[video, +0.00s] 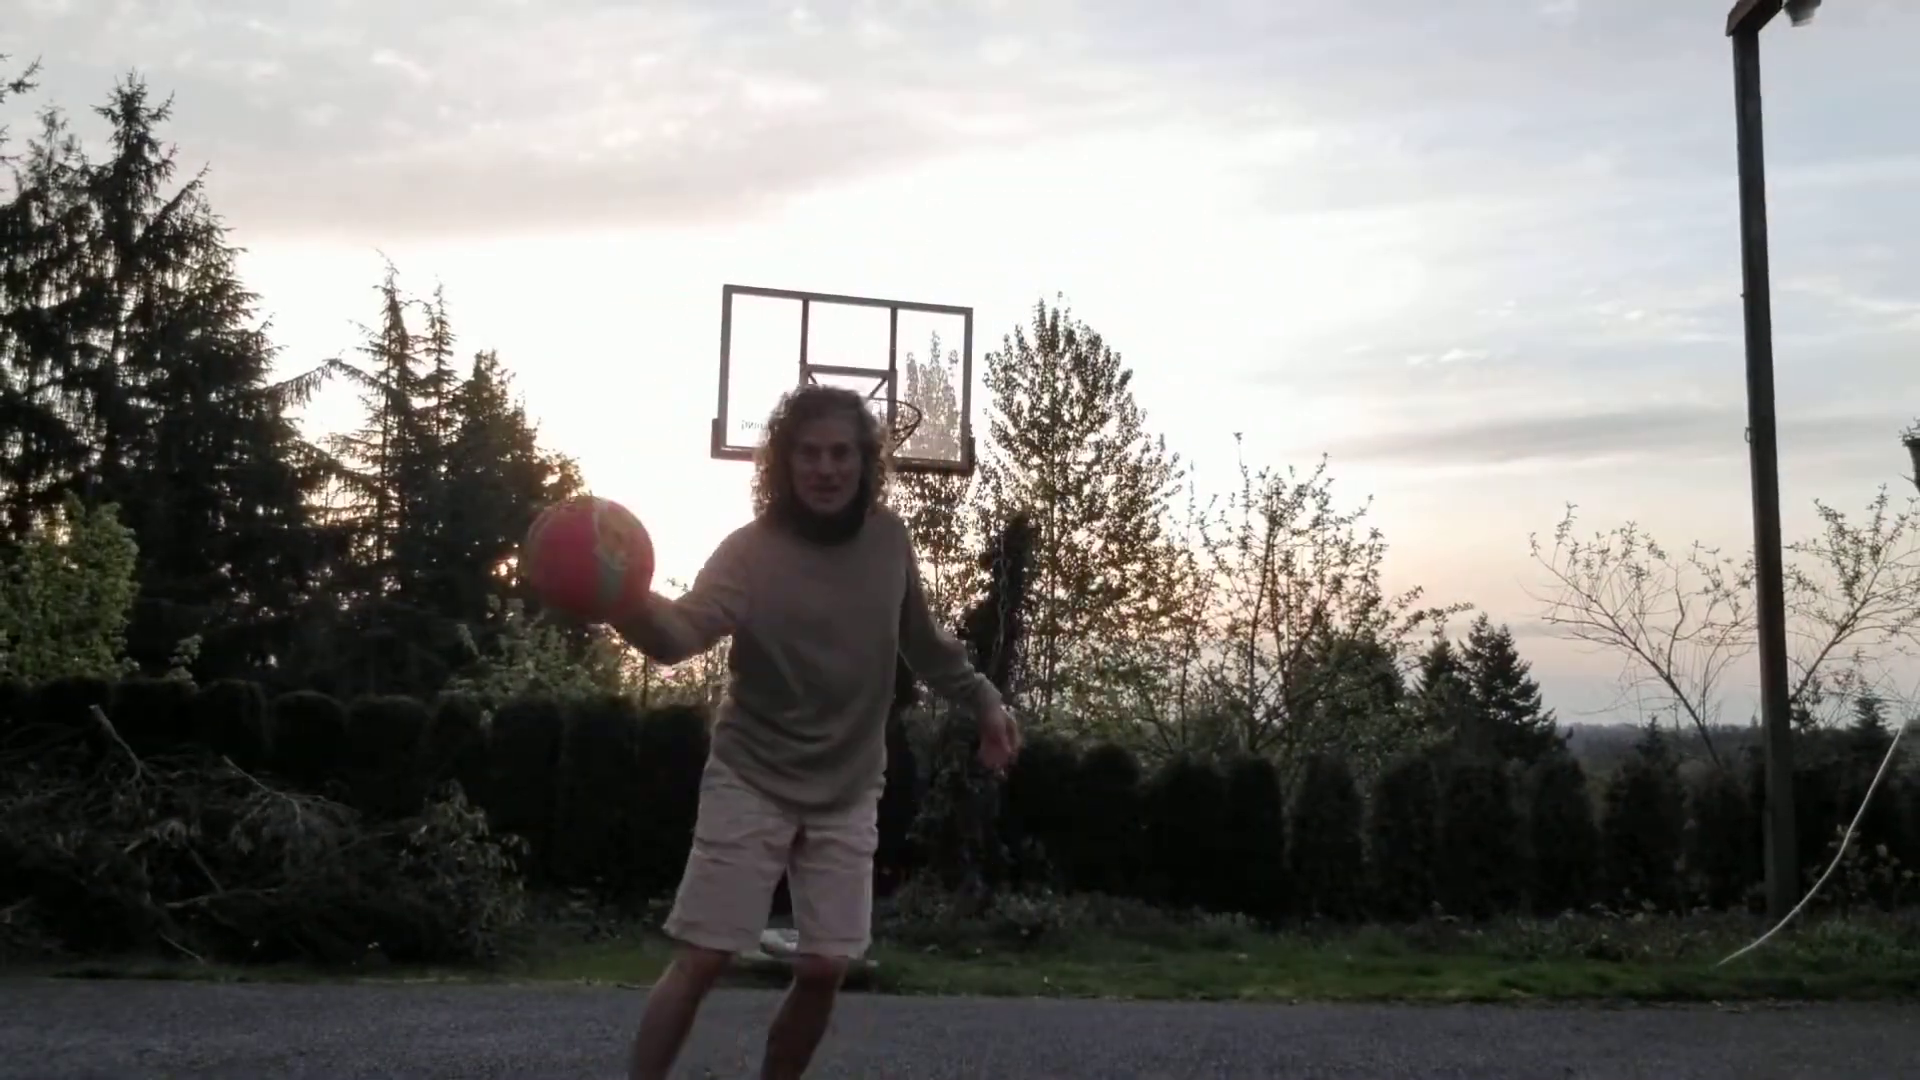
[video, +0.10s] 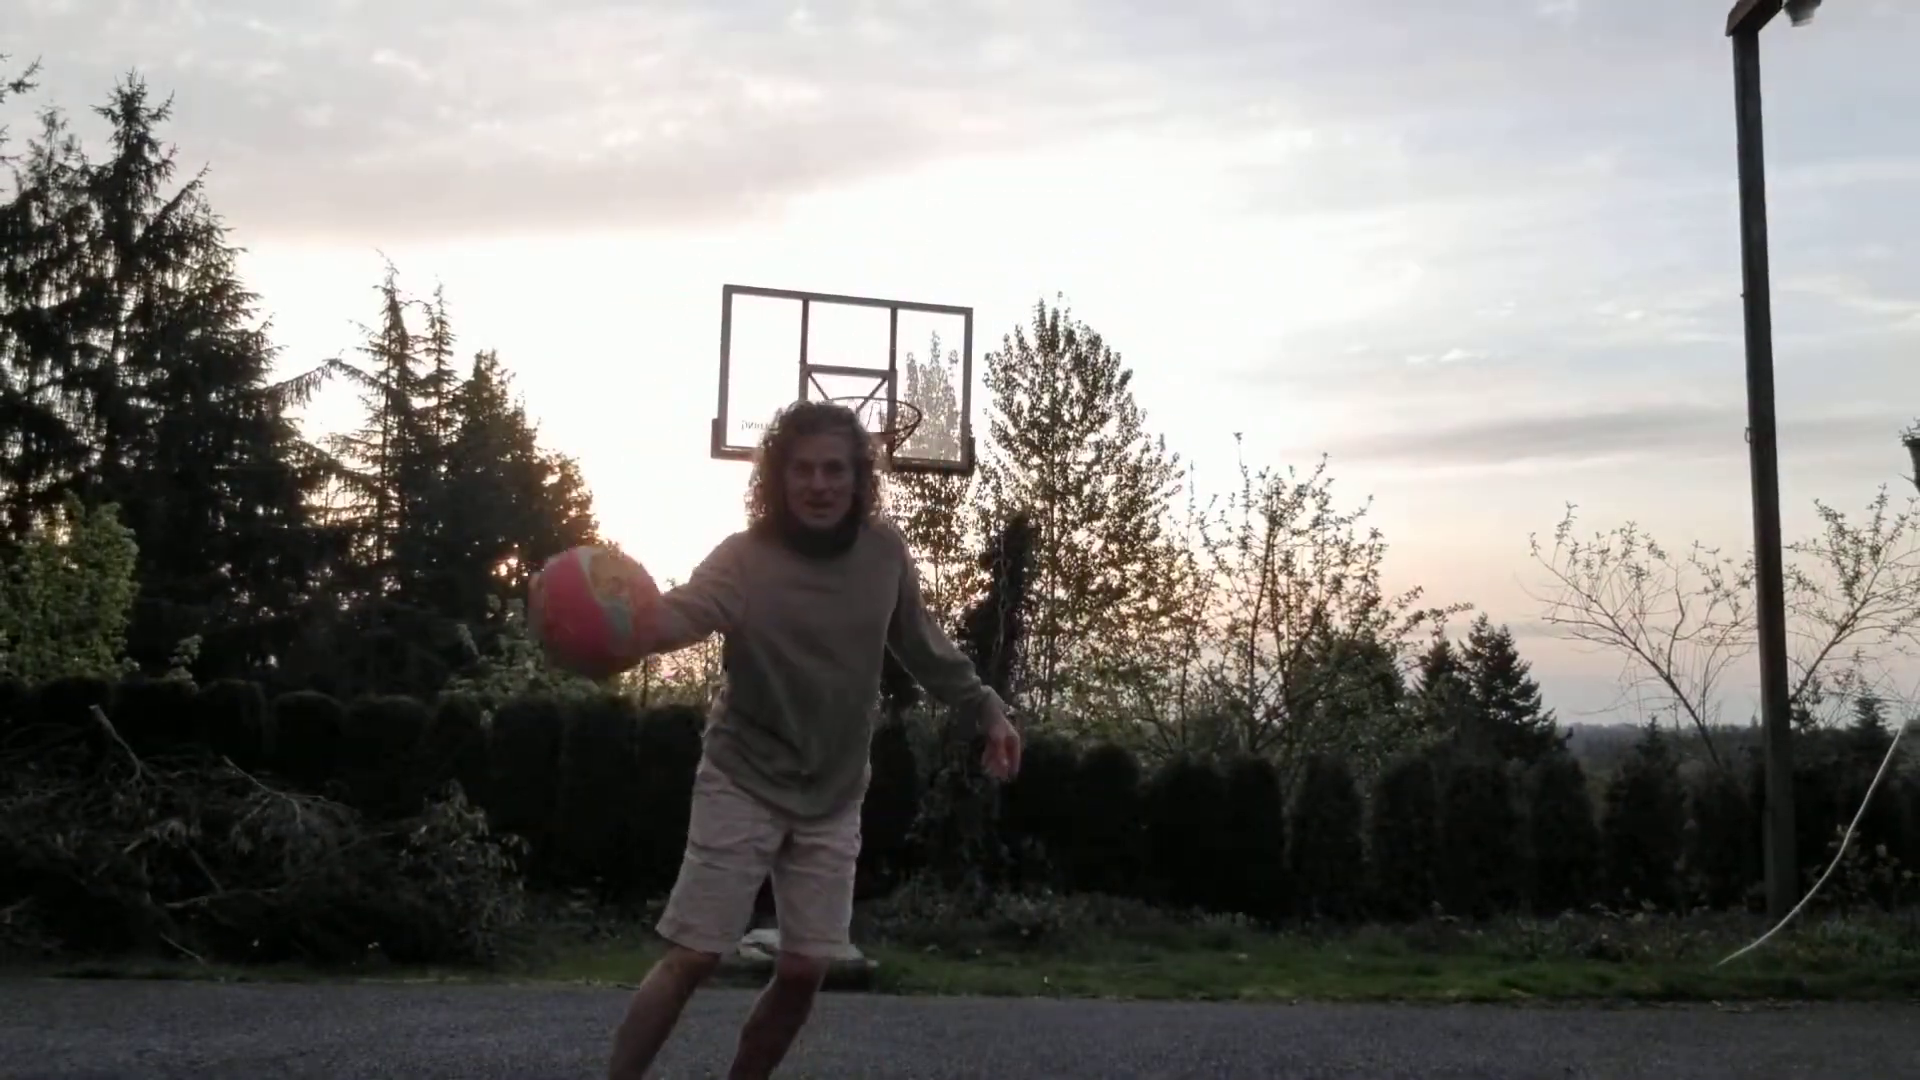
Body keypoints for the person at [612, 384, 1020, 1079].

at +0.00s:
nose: (826, 468)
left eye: (843, 452)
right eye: (809, 452)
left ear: (866, 462)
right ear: (784, 462)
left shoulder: (887, 540)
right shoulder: (752, 551)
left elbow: (923, 639)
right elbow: (676, 636)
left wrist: (984, 699)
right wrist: (611, 588)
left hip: (848, 792)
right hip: (750, 781)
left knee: (825, 971)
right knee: (705, 956)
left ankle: (776, 1077)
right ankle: (642, 1076)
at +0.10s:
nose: (820, 484)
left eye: (836, 469)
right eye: (803, 469)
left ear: (859, 478)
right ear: (777, 478)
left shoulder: (882, 550)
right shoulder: (746, 560)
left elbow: (919, 640)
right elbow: (677, 615)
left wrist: (986, 706)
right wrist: (612, 608)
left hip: (835, 795)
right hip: (742, 783)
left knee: (803, 974)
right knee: (695, 956)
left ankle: (742, 1078)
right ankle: (619, 1073)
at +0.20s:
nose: (821, 495)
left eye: (837, 481)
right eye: (805, 480)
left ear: (859, 491)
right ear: (779, 488)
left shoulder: (883, 564)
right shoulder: (744, 564)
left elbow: (937, 655)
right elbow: (660, 627)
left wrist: (1011, 731)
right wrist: (618, 659)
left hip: (819, 807)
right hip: (733, 793)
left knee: (787, 970)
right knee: (690, 957)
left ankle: (717, 1076)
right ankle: (607, 1072)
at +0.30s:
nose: (832, 510)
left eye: (848, 496)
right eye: (818, 493)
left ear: (871, 502)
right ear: (790, 495)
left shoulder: (889, 578)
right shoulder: (752, 568)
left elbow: (953, 672)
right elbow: (662, 660)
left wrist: (1031, 757)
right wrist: (641, 738)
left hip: (804, 804)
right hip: (722, 783)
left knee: (774, 985)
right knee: (686, 957)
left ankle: (700, 1073)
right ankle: (604, 1073)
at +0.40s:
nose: (851, 523)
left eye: (867, 509)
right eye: (835, 507)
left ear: (889, 512)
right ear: (809, 505)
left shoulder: (902, 587)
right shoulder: (762, 577)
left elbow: (952, 677)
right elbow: (678, 683)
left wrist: (1026, 762)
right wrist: (648, 791)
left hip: (802, 804)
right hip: (722, 783)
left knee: (775, 964)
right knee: (698, 959)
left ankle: (700, 1073)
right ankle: (610, 1073)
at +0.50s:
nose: (872, 527)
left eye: (887, 513)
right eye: (857, 512)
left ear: (907, 513)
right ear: (827, 507)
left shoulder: (918, 589)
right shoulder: (778, 575)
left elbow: (963, 680)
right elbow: (696, 682)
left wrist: (1009, 755)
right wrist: (655, 793)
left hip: (814, 801)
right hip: (738, 778)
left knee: (788, 965)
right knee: (725, 956)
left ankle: (706, 1074)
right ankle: (641, 1074)